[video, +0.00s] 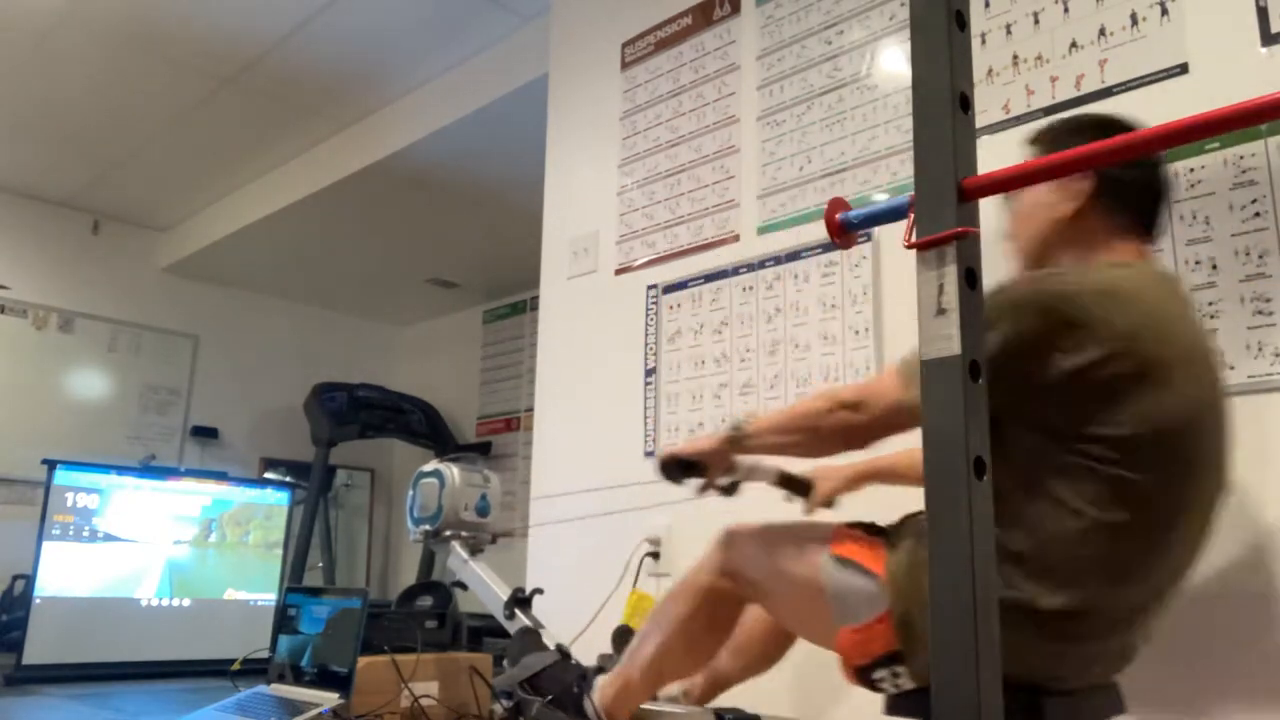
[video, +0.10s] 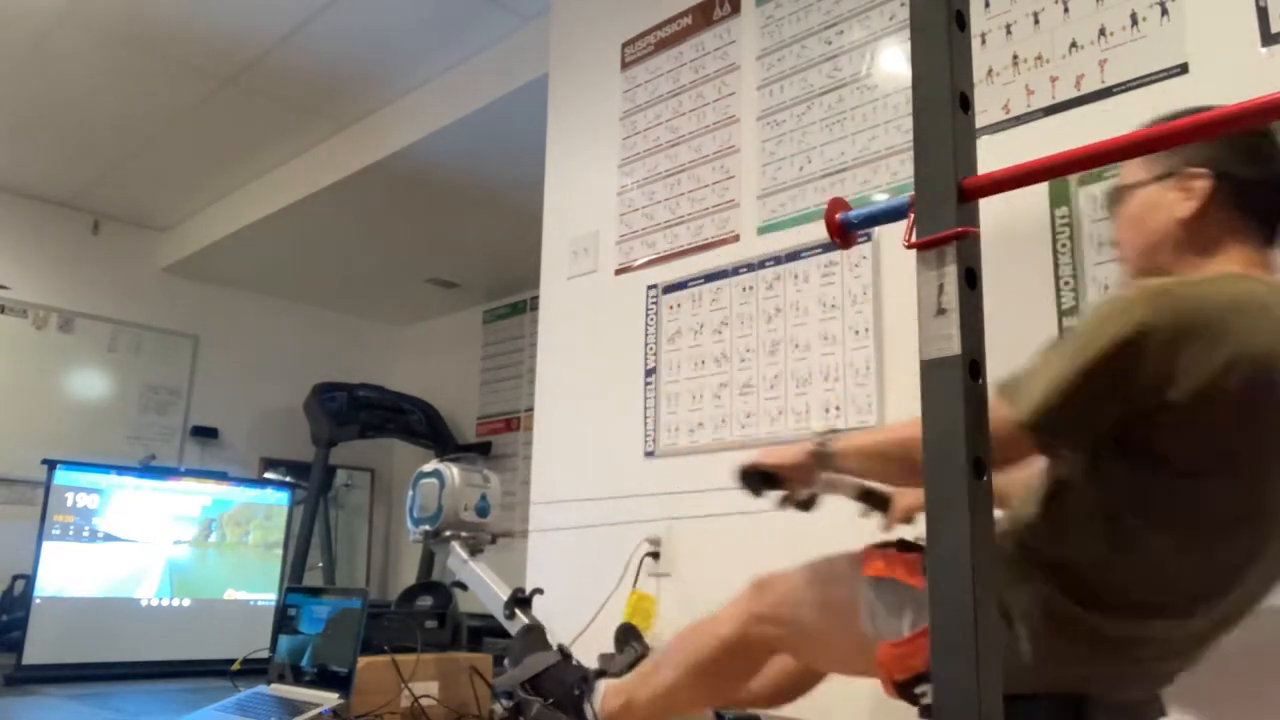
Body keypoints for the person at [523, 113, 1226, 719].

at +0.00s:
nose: (1013, 212)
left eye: (1028, 188)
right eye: (1018, 191)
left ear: (1079, 190)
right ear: (1114, 199)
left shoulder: (1063, 305)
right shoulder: (1162, 310)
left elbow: (864, 407)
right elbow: (995, 461)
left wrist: (732, 442)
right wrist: (853, 473)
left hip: (993, 631)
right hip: (1072, 633)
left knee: (733, 553)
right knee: (808, 565)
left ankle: (616, 697)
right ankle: (697, 688)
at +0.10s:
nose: (1116, 225)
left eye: (1128, 197)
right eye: (1119, 201)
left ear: (1194, 193)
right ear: (1212, 198)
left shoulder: (1167, 312)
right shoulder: (1268, 321)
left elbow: (974, 442)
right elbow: (1067, 485)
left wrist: (821, 454)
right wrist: (934, 494)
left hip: (1029, 634)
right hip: (1124, 662)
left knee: (769, 607)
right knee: (822, 631)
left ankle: (609, 707)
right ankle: (672, 709)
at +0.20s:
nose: (1174, 246)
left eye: (1187, 215)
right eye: (1176, 220)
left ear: (1263, 212)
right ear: (1263, 216)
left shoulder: (1239, 329)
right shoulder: (1259, 335)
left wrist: (921, 462)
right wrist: (964, 481)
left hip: (1042, 622)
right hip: (1123, 659)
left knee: (778, 636)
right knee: (843, 662)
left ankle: (608, 706)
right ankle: (734, 715)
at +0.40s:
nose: (1171, 248)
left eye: (1185, 219)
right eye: (1174, 224)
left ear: (1263, 216)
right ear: (1258, 220)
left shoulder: (1266, 341)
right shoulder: (1249, 343)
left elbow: (1270, 575)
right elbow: (1238, 553)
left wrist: (1077, 508)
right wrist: (1073, 515)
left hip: (1058, 618)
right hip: (1087, 638)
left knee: (781, 623)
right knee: (829, 642)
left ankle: (605, 703)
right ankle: (674, 711)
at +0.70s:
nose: (1126, 246)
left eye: (1138, 216)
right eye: (1129, 223)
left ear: (1216, 210)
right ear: (1221, 213)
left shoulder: (1217, 341)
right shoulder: (1264, 333)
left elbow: (1116, 554)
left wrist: (933, 510)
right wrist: (957, 527)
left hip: (1048, 640)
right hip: (1118, 654)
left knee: (774, 617)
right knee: (829, 632)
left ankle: (608, 704)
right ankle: (683, 709)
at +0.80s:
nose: (1079, 237)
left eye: (1092, 208)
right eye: (1079, 215)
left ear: (1166, 200)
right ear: (1178, 203)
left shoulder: (1174, 324)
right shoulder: (1260, 319)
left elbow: (1053, 513)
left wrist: (887, 498)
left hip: (1050, 639)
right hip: (1125, 647)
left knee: (772, 609)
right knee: (828, 625)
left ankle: (607, 704)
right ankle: (676, 706)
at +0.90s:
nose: (1029, 233)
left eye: (1039, 204)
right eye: (1029, 210)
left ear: (1103, 192)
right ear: (1126, 197)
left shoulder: (1116, 306)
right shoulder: (1199, 302)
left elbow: (976, 473)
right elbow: (1040, 491)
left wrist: (821, 489)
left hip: (1057, 628)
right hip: (1123, 631)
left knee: (768, 598)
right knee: (832, 608)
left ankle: (607, 710)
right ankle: (679, 709)